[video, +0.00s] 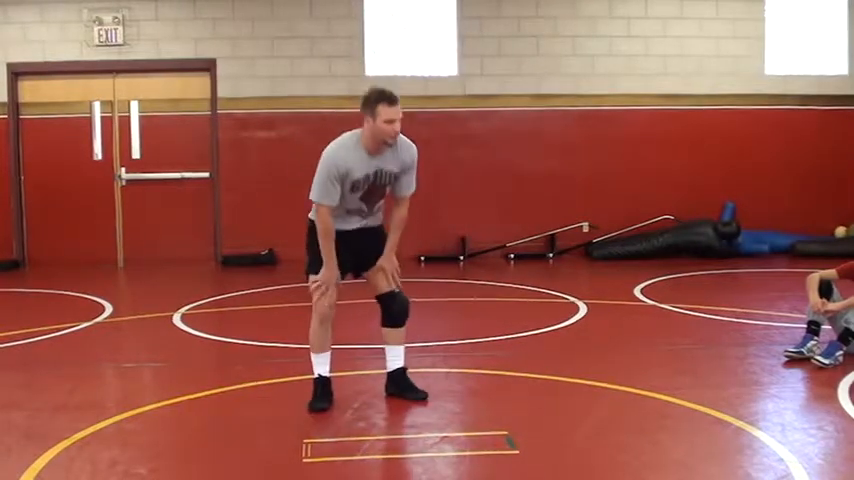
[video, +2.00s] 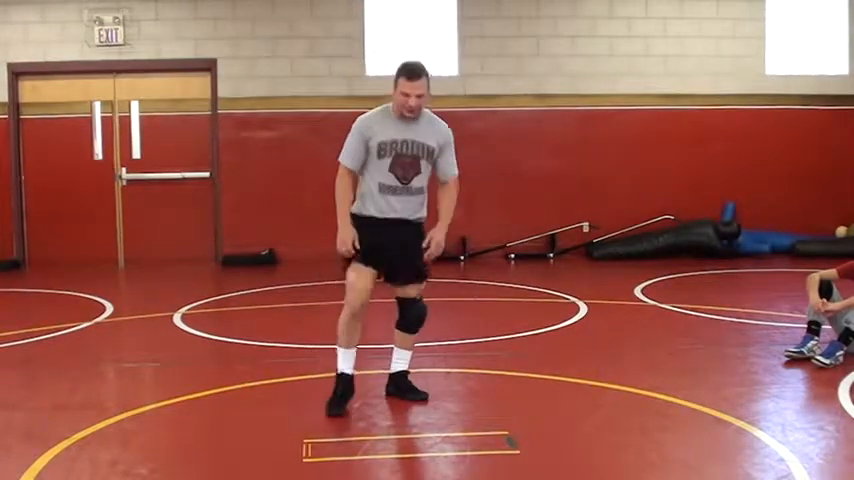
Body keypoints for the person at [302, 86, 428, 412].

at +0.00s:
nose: (396, 129)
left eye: (399, 121)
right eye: (389, 122)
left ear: (401, 119)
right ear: (367, 121)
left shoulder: (406, 152)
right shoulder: (336, 155)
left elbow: (401, 204)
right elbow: (323, 214)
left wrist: (390, 253)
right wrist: (330, 265)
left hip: (370, 229)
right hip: (329, 230)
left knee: (395, 303)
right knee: (323, 307)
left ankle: (396, 377)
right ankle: (321, 384)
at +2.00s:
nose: (413, 102)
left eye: (420, 96)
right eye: (406, 94)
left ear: (428, 94)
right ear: (394, 90)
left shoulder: (440, 132)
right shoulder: (367, 124)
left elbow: (448, 182)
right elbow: (345, 173)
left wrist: (442, 226)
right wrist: (344, 224)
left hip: (410, 227)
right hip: (367, 224)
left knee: (412, 310)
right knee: (354, 303)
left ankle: (398, 377)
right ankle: (344, 380)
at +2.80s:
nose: (384, 85)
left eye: (385, 78)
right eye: (375, 79)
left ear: (386, 79)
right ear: (353, 84)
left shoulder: (404, 119)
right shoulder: (329, 131)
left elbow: (426, 167)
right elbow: (317, 190)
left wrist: (449, 211)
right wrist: (318, 246)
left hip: (400, 231)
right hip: (354, 235)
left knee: (422, 321)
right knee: (362, 322)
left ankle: (409, 379)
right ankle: (372, 400)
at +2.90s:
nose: (385, 82)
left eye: (385, 75)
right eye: (376, 76)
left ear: (384, 79)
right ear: (353, 82)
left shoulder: (401, 118)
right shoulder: (327, 130)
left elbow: (424, 165)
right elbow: (315, 188)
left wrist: (450, 200)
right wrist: (325, 237)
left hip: (399, 231)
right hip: (353, 236)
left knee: (418, 325)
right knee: (361, 323)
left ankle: (408, 394)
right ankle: (372, 402)